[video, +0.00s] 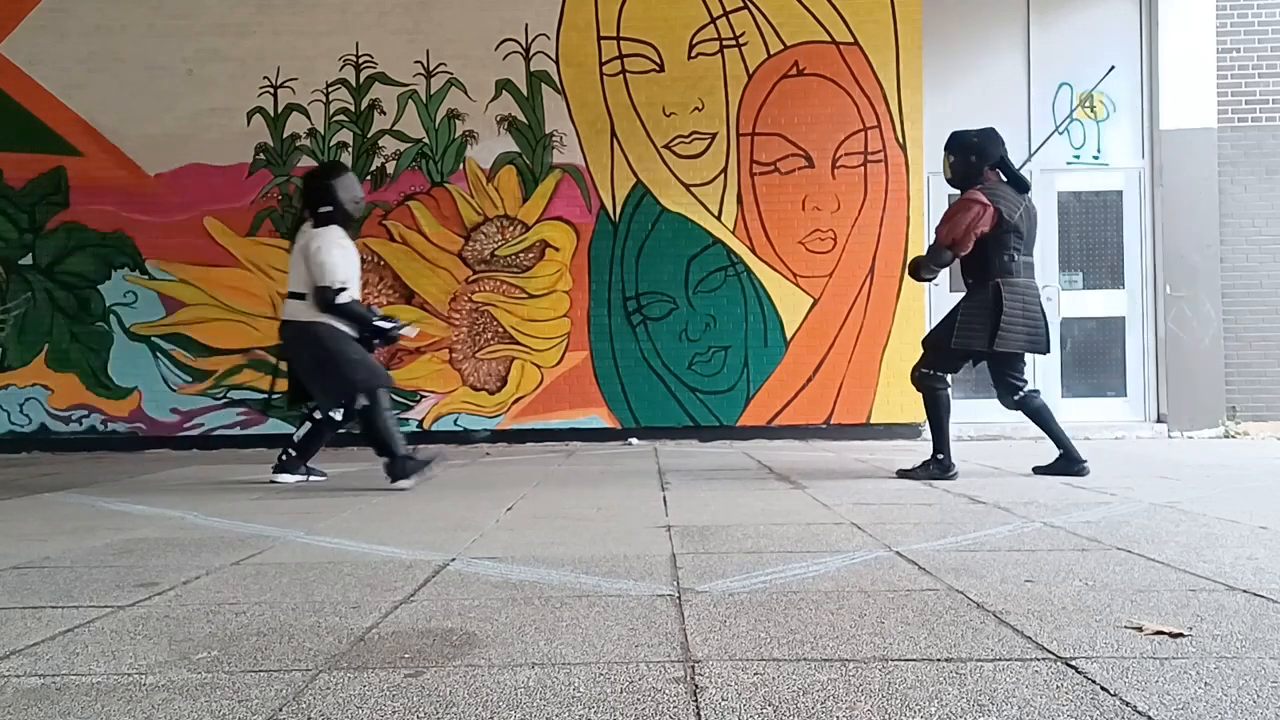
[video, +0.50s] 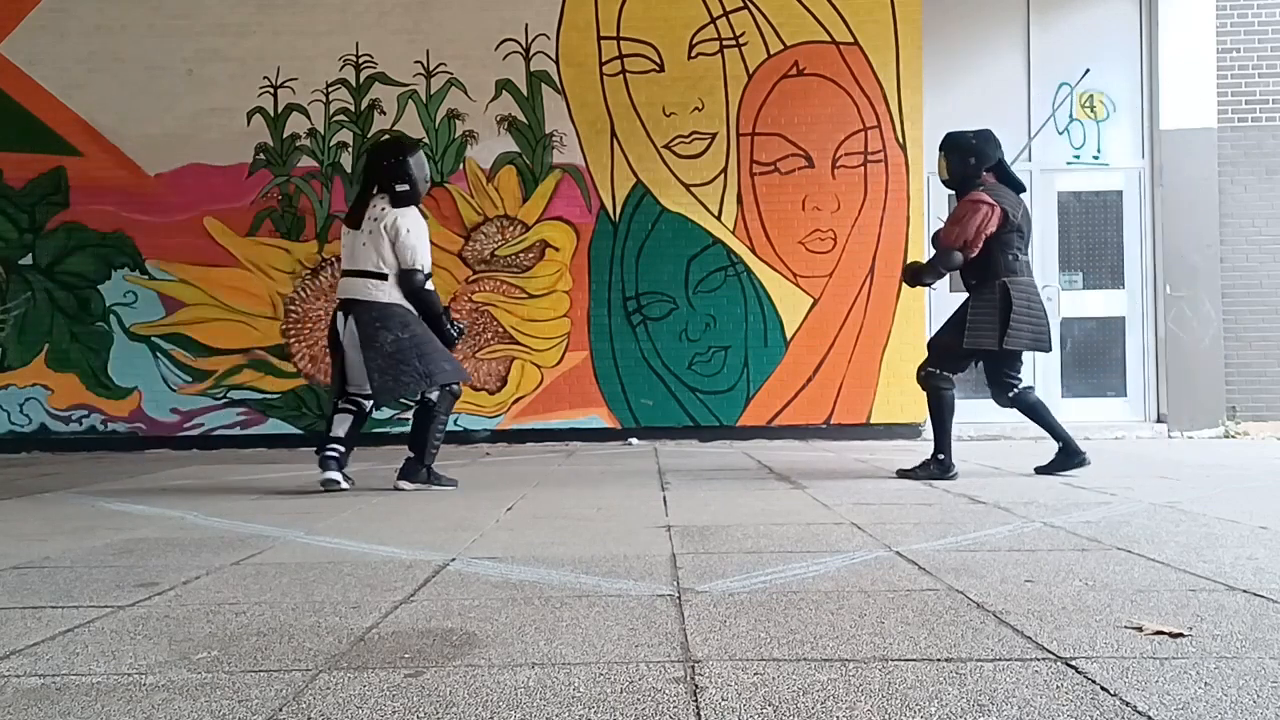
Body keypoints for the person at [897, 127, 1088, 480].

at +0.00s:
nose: (948, 168)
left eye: (953, 160)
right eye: (949, 160)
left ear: (977, 162)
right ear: (992, 164)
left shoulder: (977, 201)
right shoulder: (1021, 201)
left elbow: (941, 255)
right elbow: (1008, 250)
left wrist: (921, 268)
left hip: (989, 304)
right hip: (1022, 305)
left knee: (929, 371)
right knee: (1014, 389)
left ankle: (941, 460)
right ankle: (1070, 455)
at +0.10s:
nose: (948, 169)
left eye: (953, 161)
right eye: (948, 161)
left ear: (977, 164)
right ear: (992, 166)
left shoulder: (978, 202)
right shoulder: (1018, 201)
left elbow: (943, 260)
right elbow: (1003, 252)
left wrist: (920, 270)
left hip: (989, 304)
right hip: (1021, 305)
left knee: (929, 370)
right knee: (1016, 390)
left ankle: (941, 460)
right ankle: (1071, 455)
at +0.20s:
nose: (946, 169)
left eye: (952, 161)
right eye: (946, 161)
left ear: (978, 165)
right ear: (991, 166)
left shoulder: (979, 202)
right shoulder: (1016, 201)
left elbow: (947, 259)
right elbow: (995, 253)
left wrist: (922, 272)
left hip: (990, 304)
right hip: (1018, 304)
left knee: (929, 370)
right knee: (1015, 389)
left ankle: (941, 460)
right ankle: (1071, 455)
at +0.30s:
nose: (946, 168)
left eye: (952, 161)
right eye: (947, 160)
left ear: (975, 164)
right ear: (991, 165)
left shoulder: (980, 202)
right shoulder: (1014, 200)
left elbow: (948, 258)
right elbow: (990, 254)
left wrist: (922, 272)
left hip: (989, 304)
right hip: (1018, 303)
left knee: (930, 369)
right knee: (1015, 389)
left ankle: (941, 460)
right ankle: (1071, 455)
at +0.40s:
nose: (945, 168)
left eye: (951, 160)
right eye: (945, 160)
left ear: (975, 163)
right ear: (989, 165)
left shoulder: (980, 201)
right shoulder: (1012, 200)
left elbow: (948, 256)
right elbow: (985, 253)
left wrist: (920, 273)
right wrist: (935, 268)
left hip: (989, 303)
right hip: (1017, 303)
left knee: (932, 369)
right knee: (1016, 389)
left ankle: (941, 460)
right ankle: (1071, 455)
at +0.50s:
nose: (944, 169)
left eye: (950, 161)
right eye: (944, 161)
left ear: (973, 164)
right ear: (986, 165)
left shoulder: (979, 201)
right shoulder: (1008, 198)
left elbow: (949, 255)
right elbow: (977, 253)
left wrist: (922, 274)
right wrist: (933, 269)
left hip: (993, 301)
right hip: (1017, 300)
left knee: (935, 368)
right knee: (1007, 387)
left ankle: (941, 460)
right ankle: (1070, 449)